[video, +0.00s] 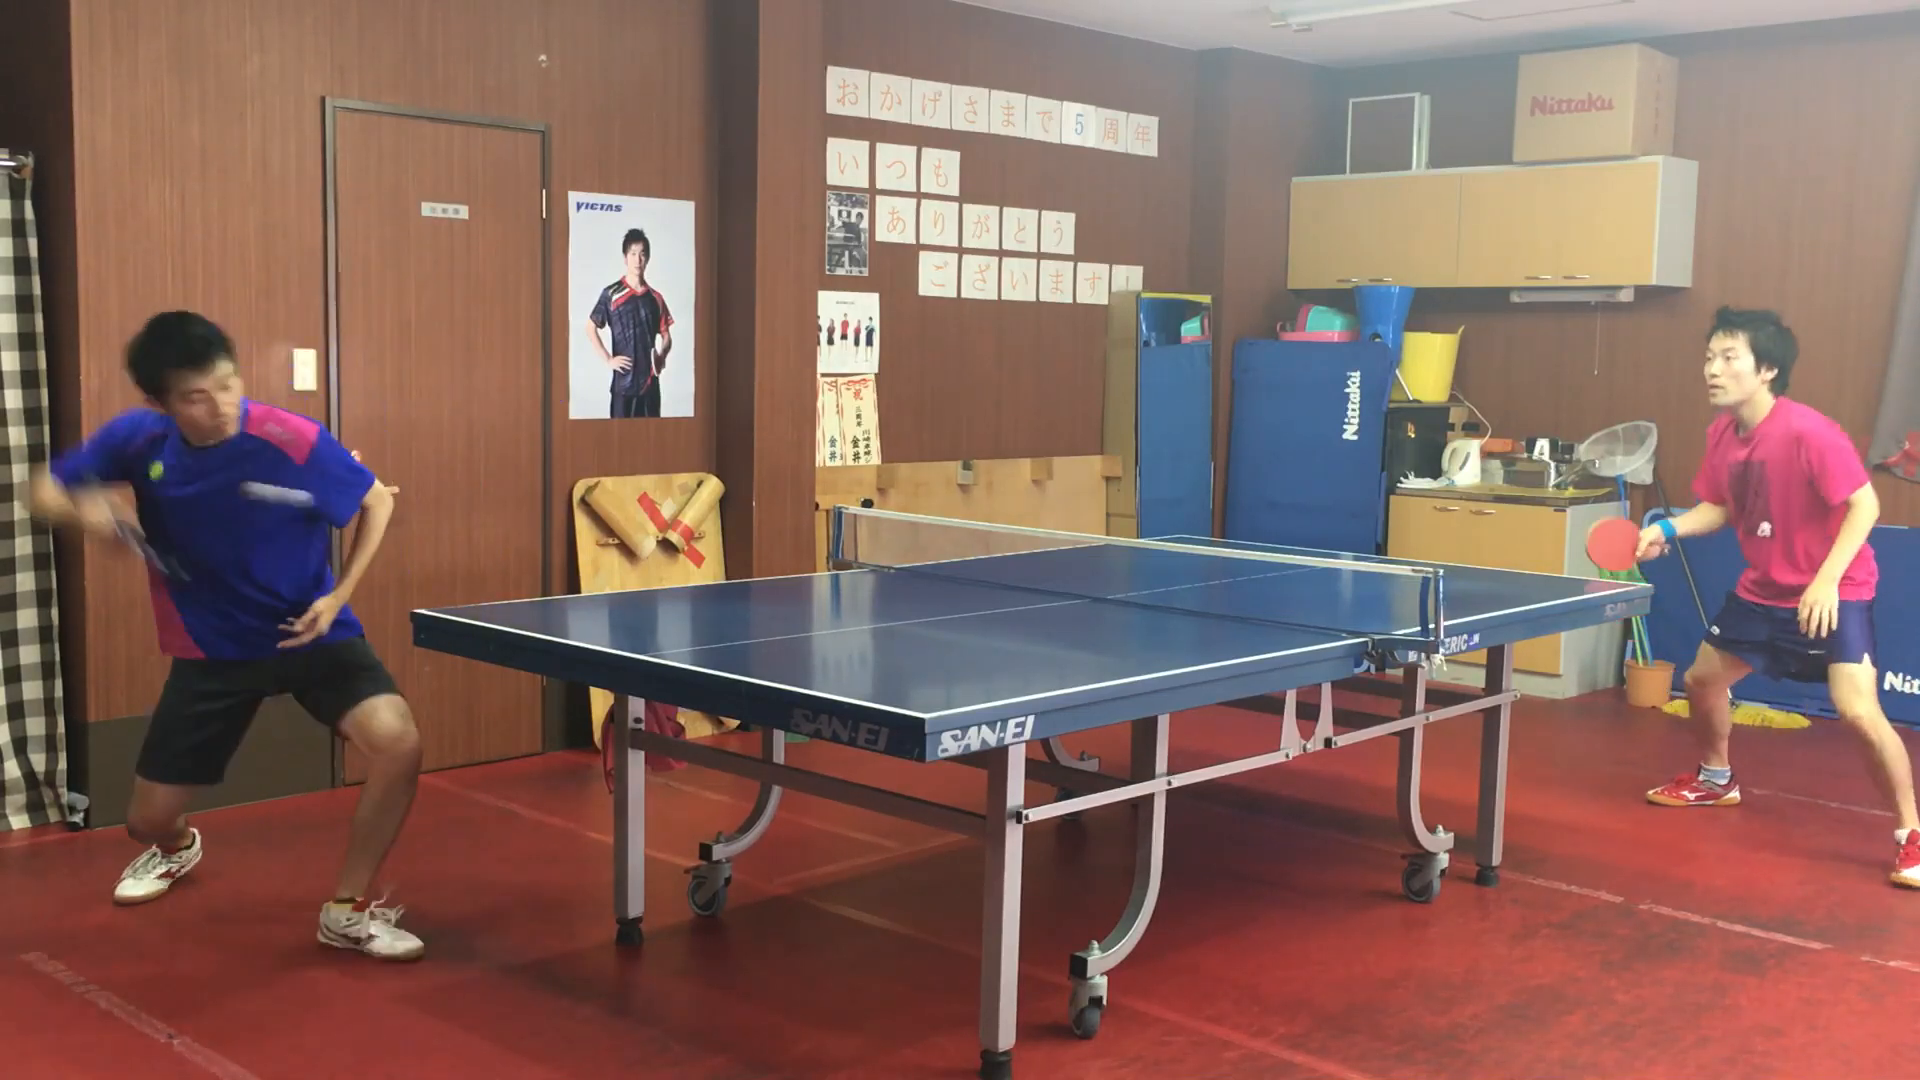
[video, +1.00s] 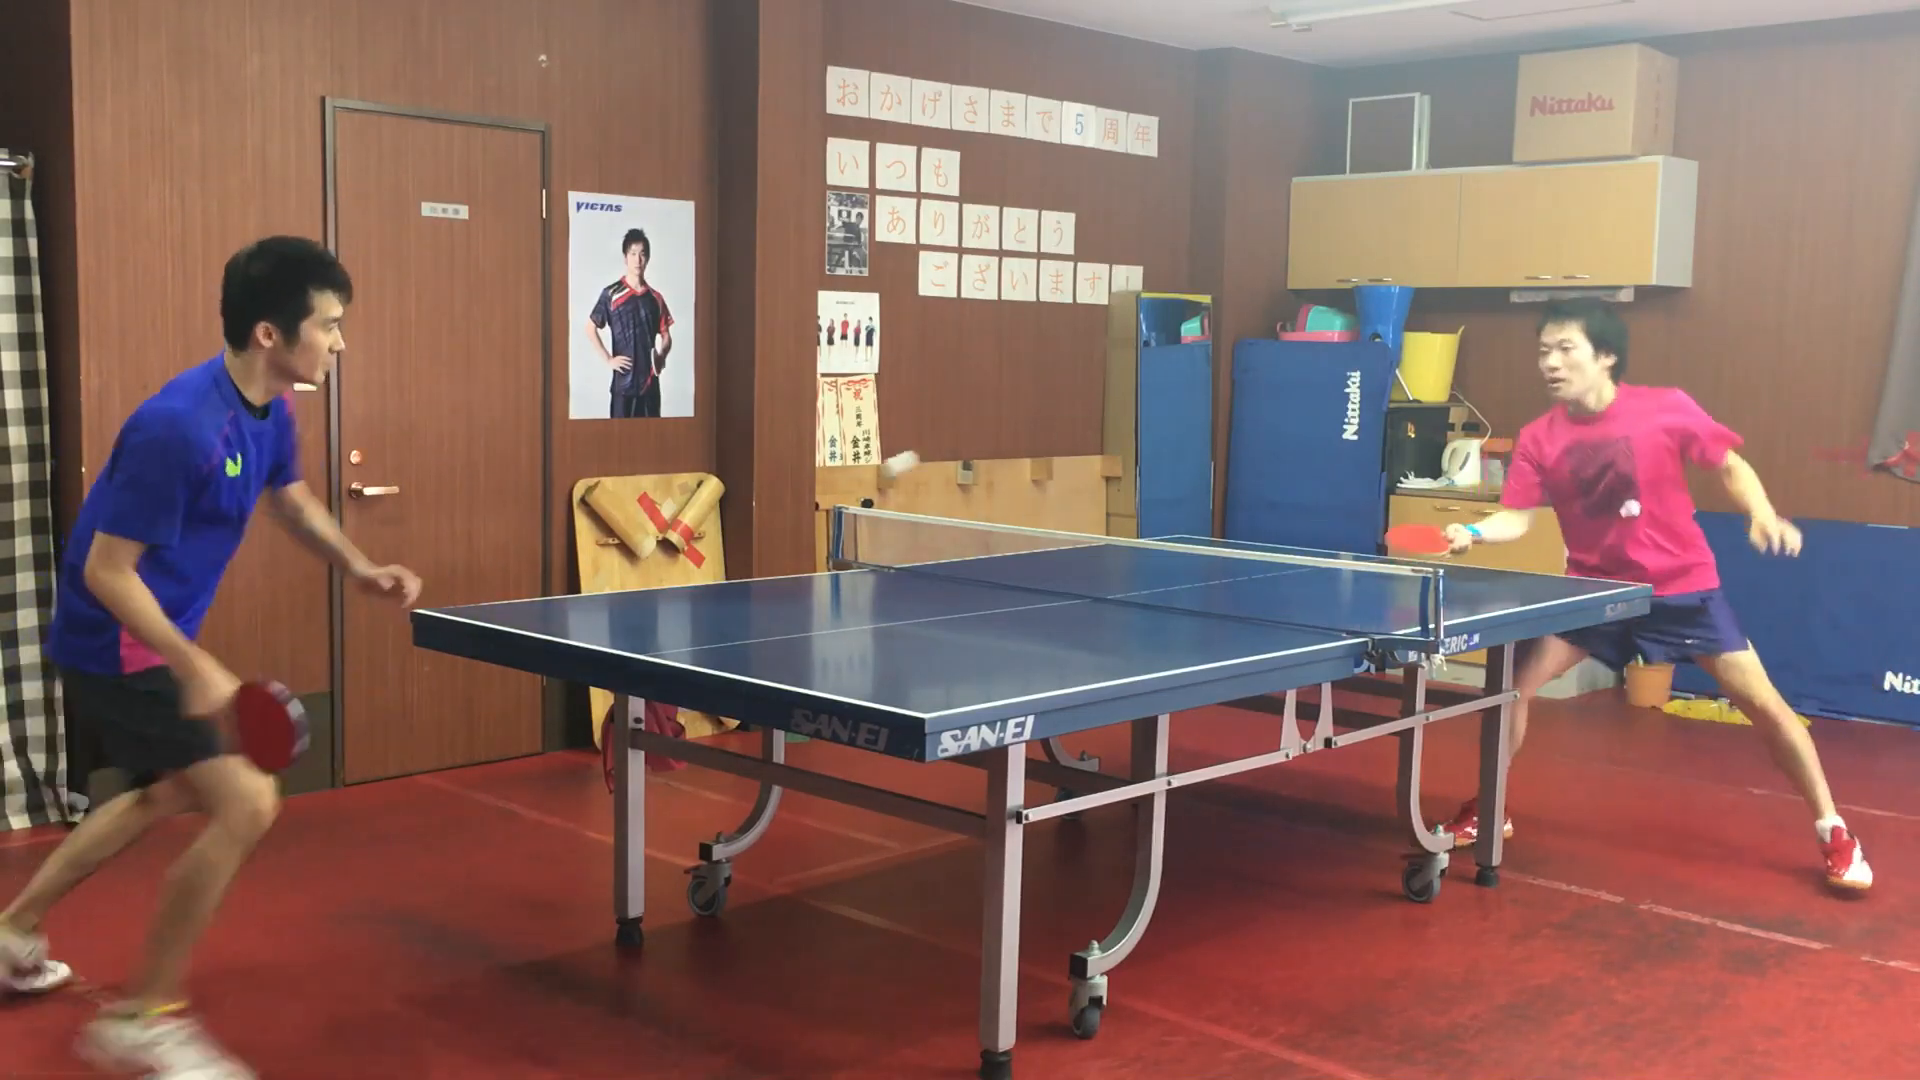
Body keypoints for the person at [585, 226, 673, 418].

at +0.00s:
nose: (639, 259)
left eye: (643, 254)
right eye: (633, 254)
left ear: (648, 258)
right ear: (625, 257)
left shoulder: (655, 297)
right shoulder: (611, 294)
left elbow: (666, 336)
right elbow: (591, 327)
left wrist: (662, 355)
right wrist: (608, 359)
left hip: (649, 378)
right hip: (624, 379)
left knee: (650, 436)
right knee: (622, 436)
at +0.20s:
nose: (639, 259)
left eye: (643, 254)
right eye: (633, 254)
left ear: (648, 258)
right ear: (625, 257)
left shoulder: (655, 297)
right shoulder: (611, 294)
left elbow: (666, 336)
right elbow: (591, 327)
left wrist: (662, 355)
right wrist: (608, 359)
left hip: (649, 378)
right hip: (624, 379)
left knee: (650, 436)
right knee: (622, 436)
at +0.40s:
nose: (639, 259)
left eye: (643, 254)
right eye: (633, 254)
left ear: (648, 258)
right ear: (625, 257)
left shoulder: (655, 297)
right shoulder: (611, 294)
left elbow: (666, 336)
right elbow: (590, 327)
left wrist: (661, 355)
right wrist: (608, 359)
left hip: (649, 378)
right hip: (624, 379)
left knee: (650, 435)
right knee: (622, 436)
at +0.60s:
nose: (638, 260)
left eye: (643, 254)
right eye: (633, 254)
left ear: (648, 258)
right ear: (625, 257)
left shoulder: (655, 297)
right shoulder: (611, 294)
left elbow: (666, 336)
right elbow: (590, 327)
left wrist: (661, 355)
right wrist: (608, 359)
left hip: (650, 380)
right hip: (624, 380)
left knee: (650, 437)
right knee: (622, 437)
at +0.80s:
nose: (638, 260)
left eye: (643, 254)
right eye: (633, 254)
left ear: (648, 258)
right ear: (625, 257)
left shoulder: (655, 297)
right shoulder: (611, 294)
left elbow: (666, 336)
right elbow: (590, 328)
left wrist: (661, 355)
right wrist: (608, 359)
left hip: (650, 380)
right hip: (624, 380)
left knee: (650, 437)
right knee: (622, 437)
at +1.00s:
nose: (639, 259)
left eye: (643, 254)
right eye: (633, 254)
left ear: (648, 258)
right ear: (625, 257)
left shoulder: (655, 297)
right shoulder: (611, 294)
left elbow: (665, 336)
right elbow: (590, 328)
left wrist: (661, 355)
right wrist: (608, 359)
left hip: (649, 379)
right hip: (624, 380)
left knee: (650, 436)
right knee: (622, 436)